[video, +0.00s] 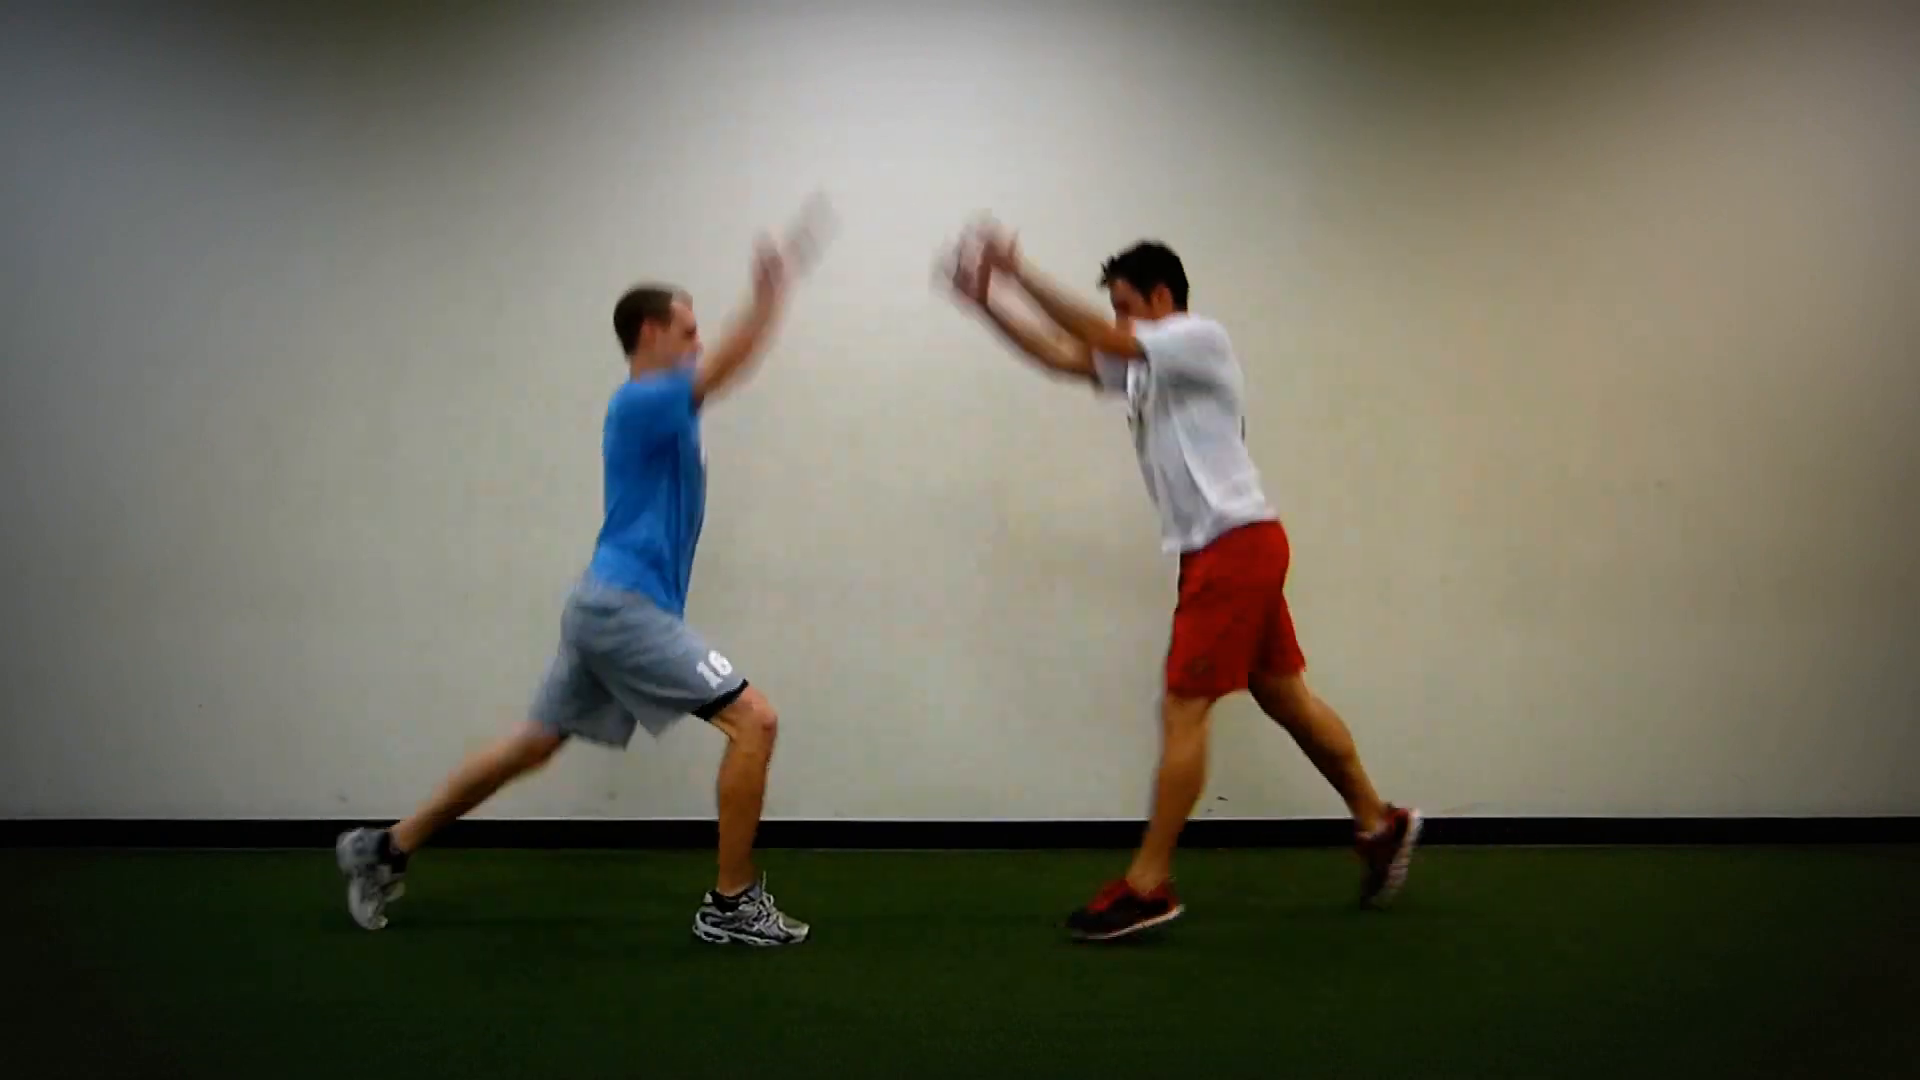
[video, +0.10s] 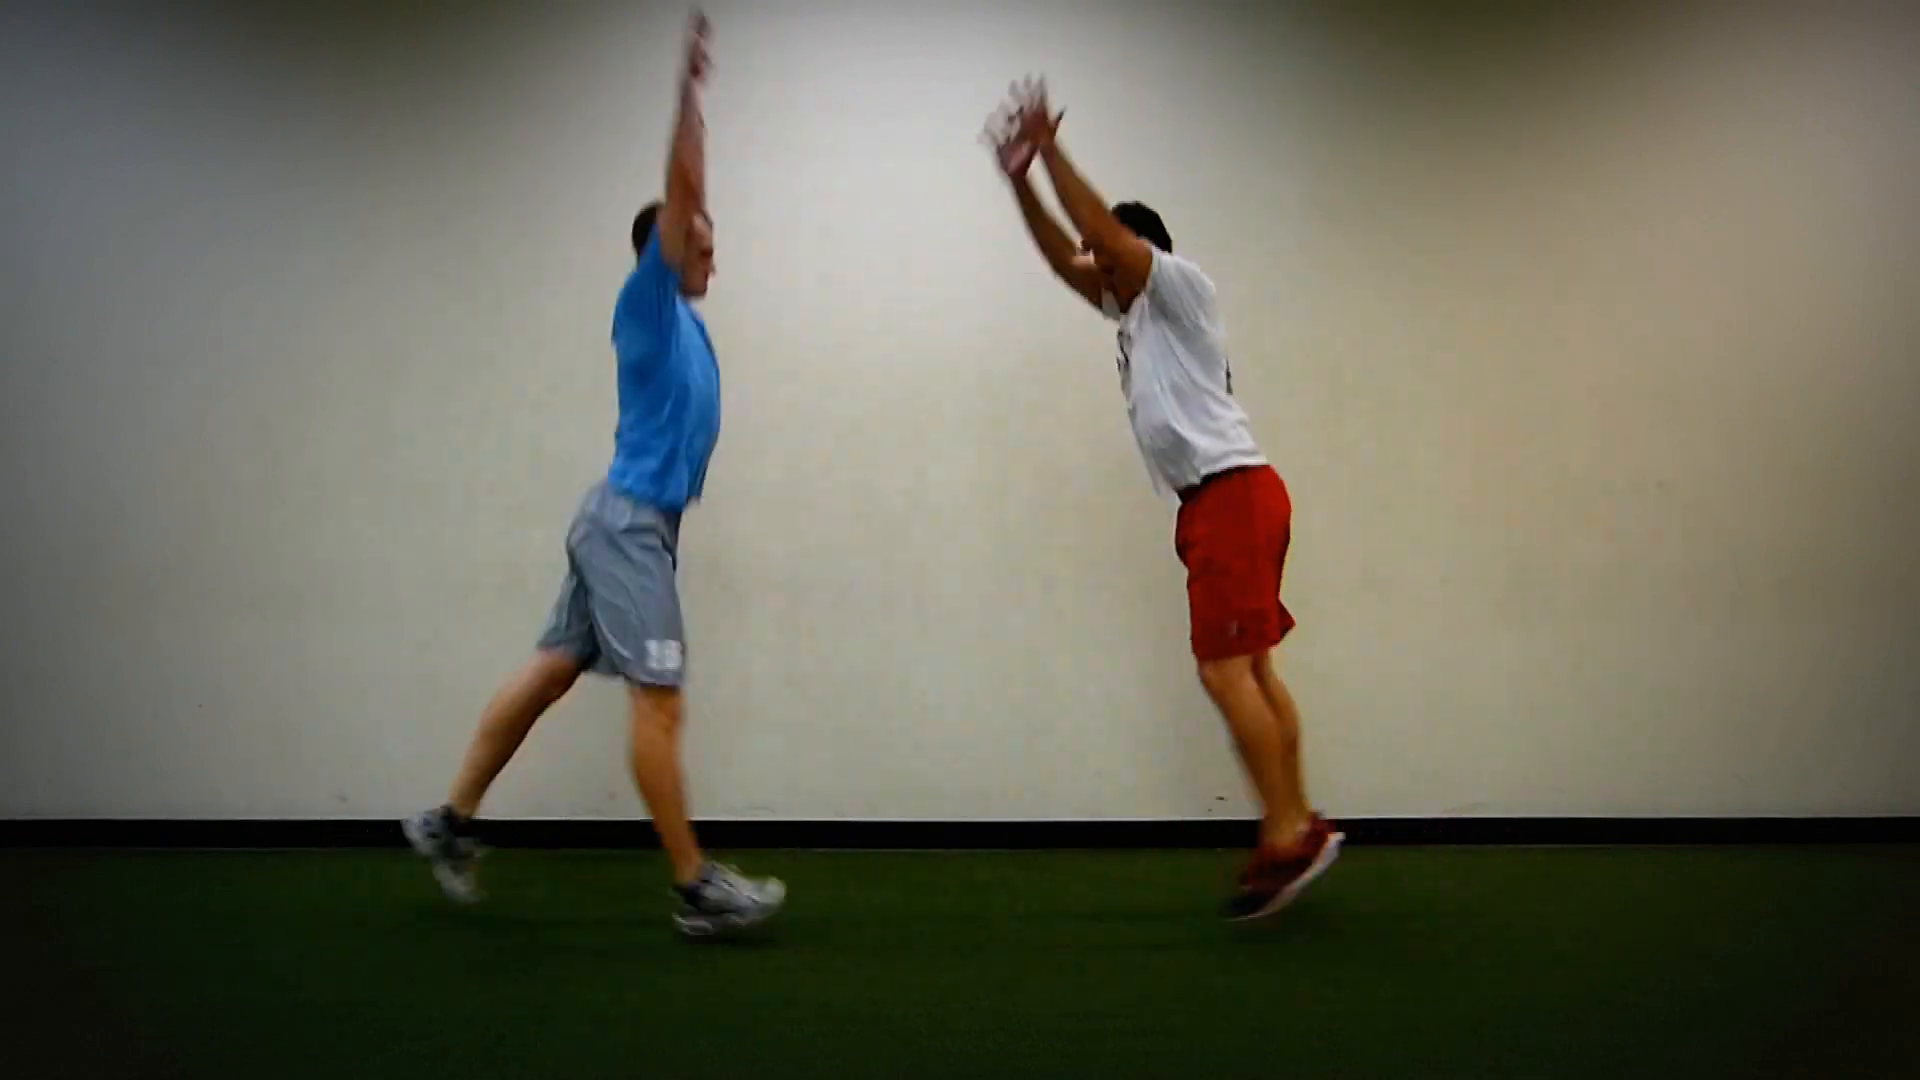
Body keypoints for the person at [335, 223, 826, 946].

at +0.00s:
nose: (697, 340)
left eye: (694, 329)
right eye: (688, 329)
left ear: (648, 334)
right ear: (653, 331)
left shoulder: (653, 402)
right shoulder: (648, 399)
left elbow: (726, 367)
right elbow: (721, 362)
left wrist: (770, 301)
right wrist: (766, 298)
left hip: (606, 606)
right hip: (625, 609)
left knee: (533, 745)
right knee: (753, 722)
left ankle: (387, 848)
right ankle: (734, 900)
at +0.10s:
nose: (711, 248)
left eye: (709, 235)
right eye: (697, 235)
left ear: (689, 251)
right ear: (664, 246)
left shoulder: (676, 314)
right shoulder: (649, 305)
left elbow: (690, 205)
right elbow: (680, 197)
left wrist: (697, 106)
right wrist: (691, 88)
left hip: (627, 523)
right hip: (629, 527)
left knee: (552, 669)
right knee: (658, 701)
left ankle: (451, 819)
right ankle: (695, 880)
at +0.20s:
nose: (717, 211)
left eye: (716, 201)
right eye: (707, 201)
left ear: (693, 205)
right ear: (674, 199)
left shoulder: (684, 265)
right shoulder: (648, 249)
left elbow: (665, 134)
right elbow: (659, 130)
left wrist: (656, 49)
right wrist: (651, 38)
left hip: (644, 477)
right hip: (631, 473)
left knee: (593, 650)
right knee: (619, 659)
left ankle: (529, 815)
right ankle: (562, 832)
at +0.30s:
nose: (709, 209)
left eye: (712, 199)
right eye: (699, 196)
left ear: (697, 207)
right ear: (665, 191)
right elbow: (658, 133)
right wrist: (673, 23)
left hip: (657, 479)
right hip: (623, 468)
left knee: (658, 655)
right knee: (595, 656)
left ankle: (618, 828)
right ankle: (444, 774)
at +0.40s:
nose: (699, 237)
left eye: (703, 228)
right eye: (689, 225)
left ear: (698, 244)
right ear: (659, 227)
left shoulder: (673, 300)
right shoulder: (637, 285)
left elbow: (681, 239)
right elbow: (652, 202)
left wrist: (703, 191)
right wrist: (709, 95)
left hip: (655, 514)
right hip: (612, 502)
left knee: (711, 671)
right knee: (555, 687)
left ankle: (698, 848)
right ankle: (385, 785)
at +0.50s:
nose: (706, 307)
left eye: (706, 296)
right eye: (698, 295)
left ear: (664, 298)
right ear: (662, 297)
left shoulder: (670, 370)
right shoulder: (631, 358)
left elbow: (689, 376)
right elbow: (647, 354)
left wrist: (727, 361)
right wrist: (710, 312)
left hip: (653, 583)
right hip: (604, 579)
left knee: (747, 705)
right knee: (535, 760)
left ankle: (733, 883)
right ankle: (362, 850)